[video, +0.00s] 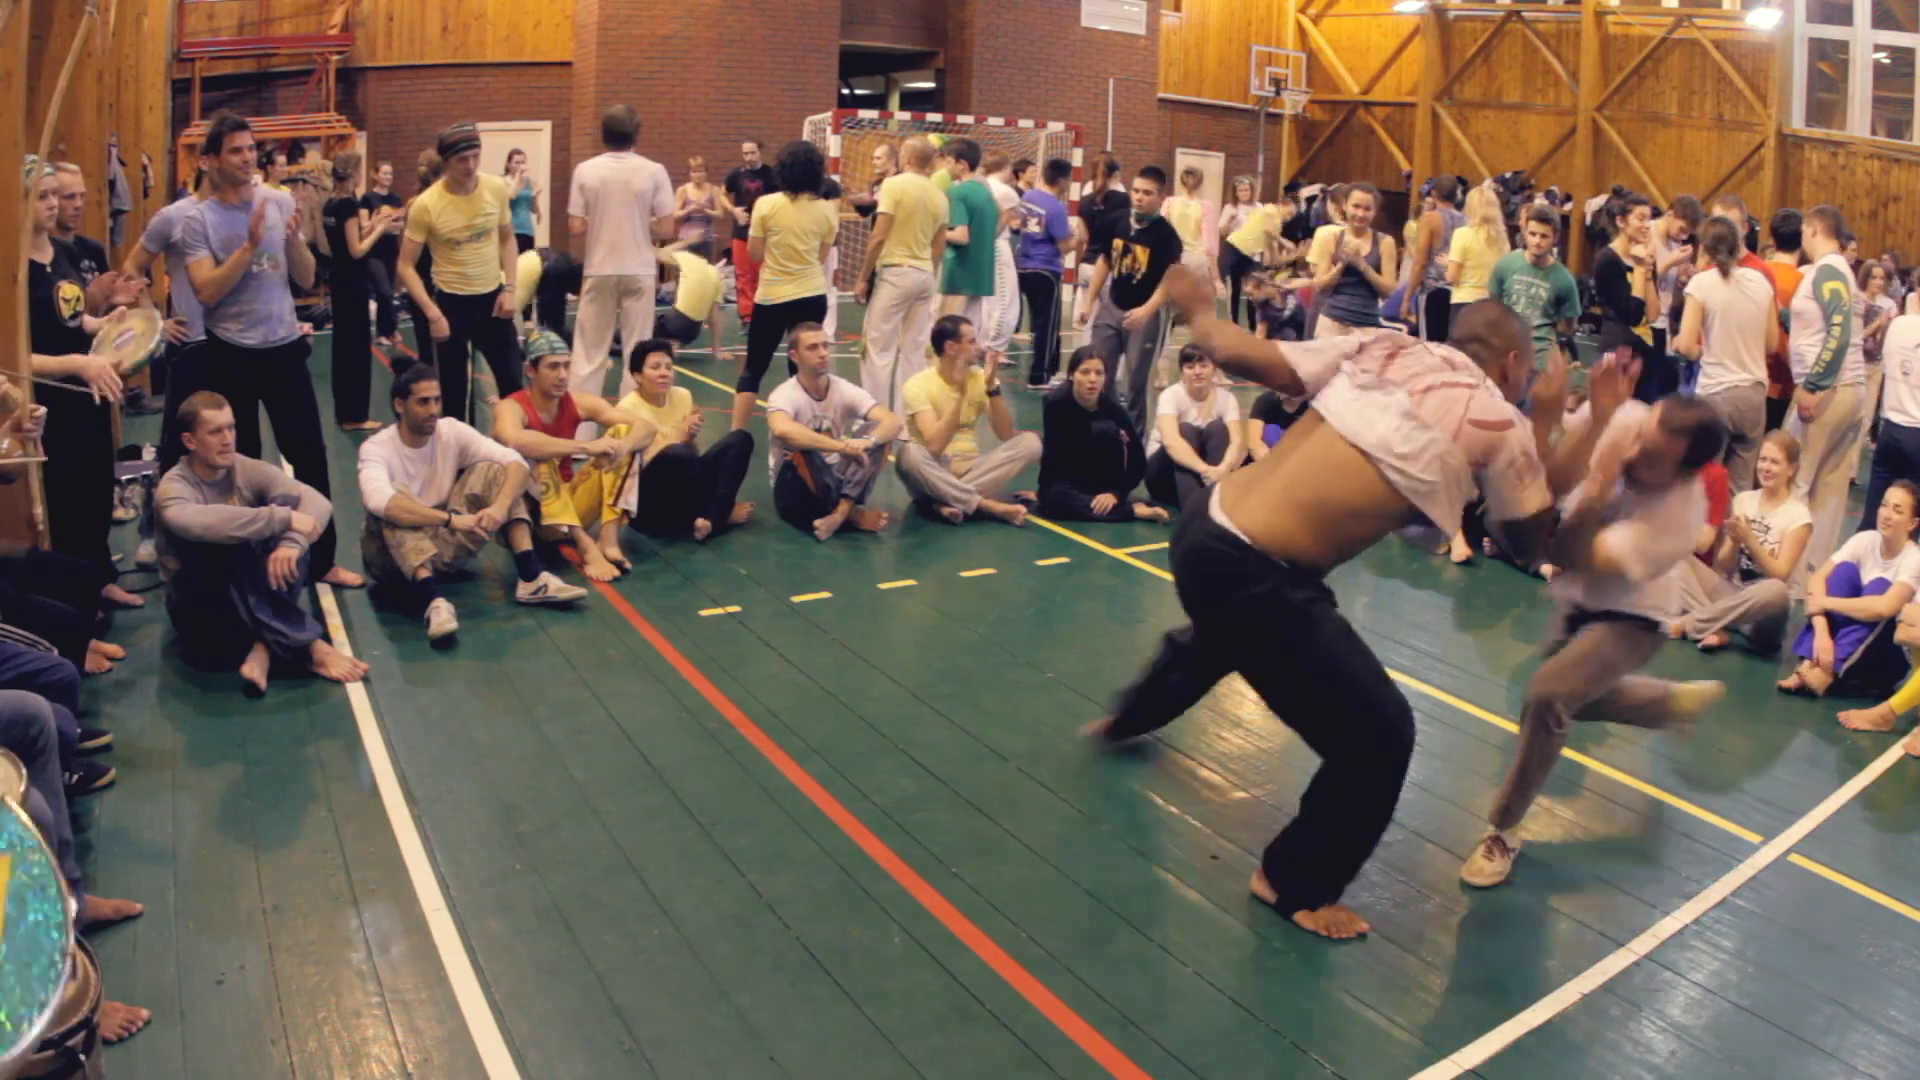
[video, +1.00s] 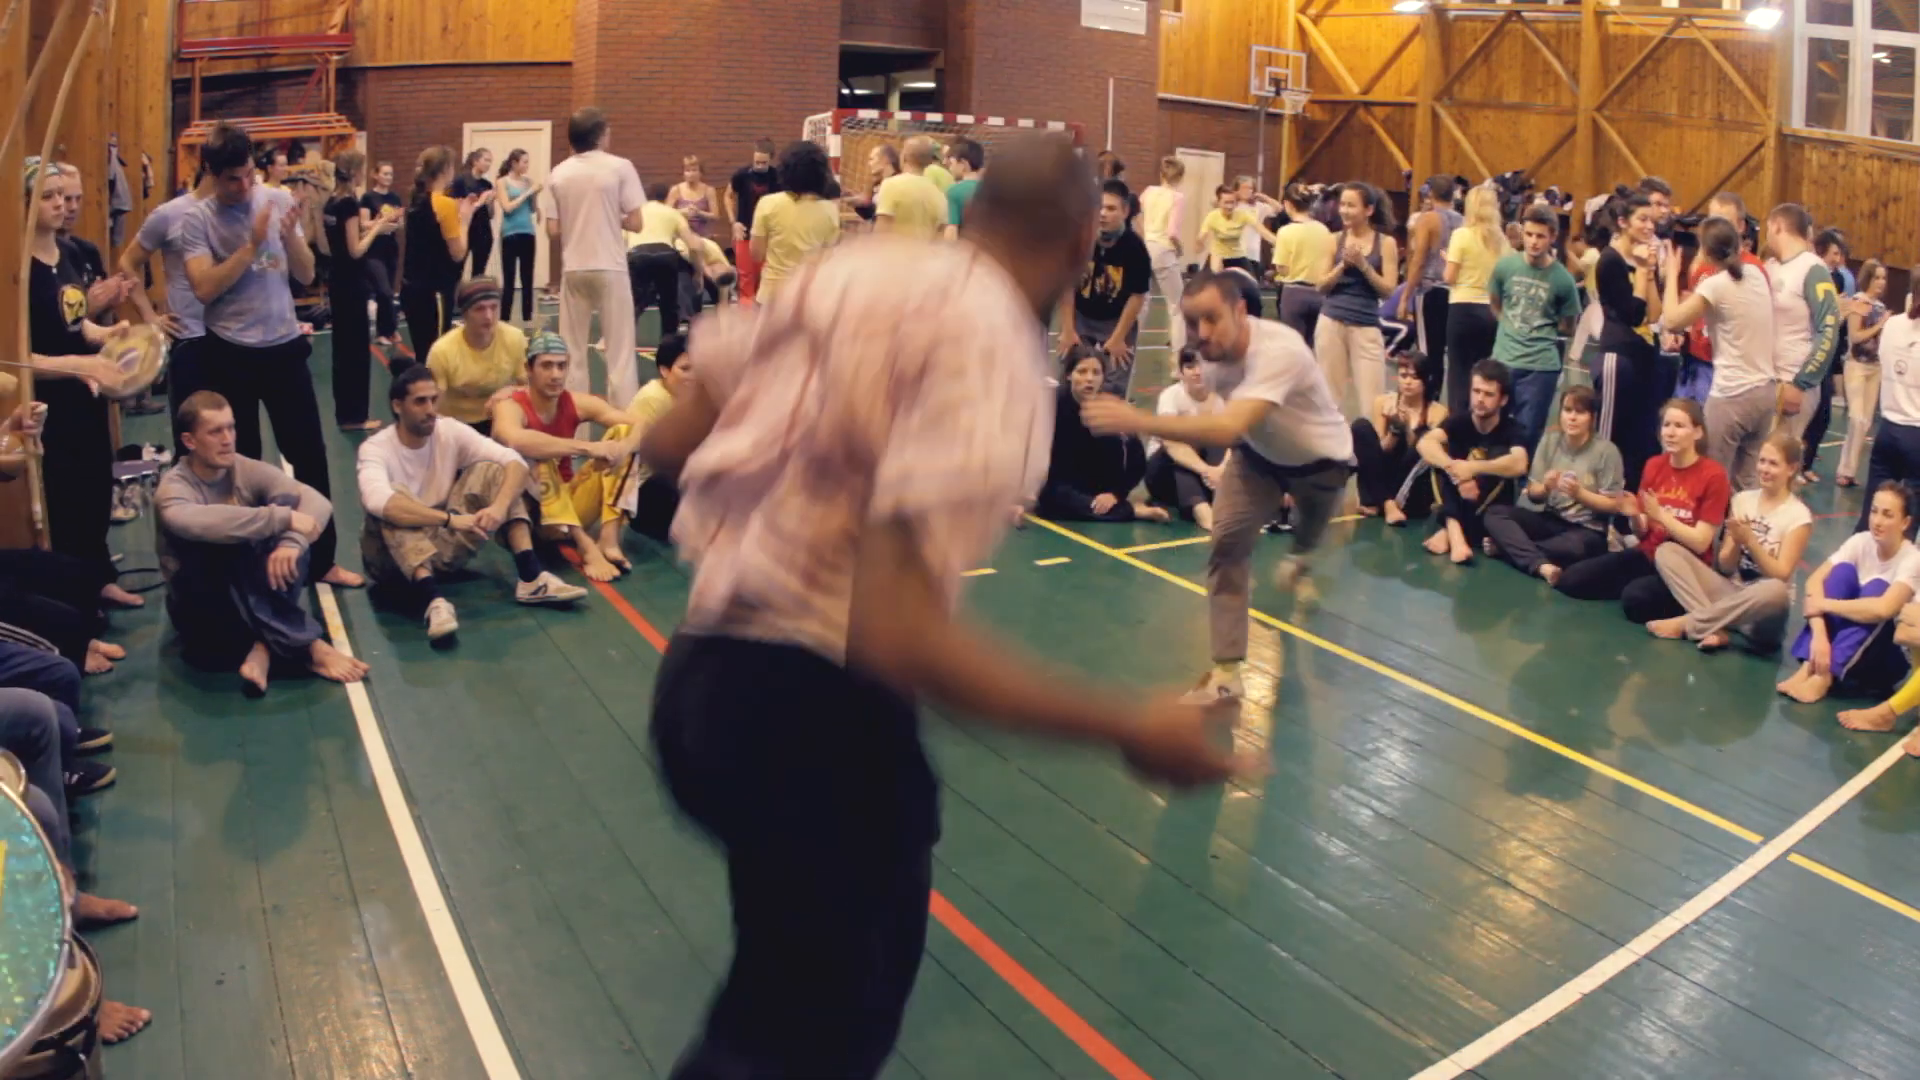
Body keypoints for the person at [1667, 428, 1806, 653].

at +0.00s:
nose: (1766, 467)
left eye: (1775, 462)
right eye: (1762, 459)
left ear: (1792, 469)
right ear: (1756, 462)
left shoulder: (1799, 515)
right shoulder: (1743, 500)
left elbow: (1781, 573)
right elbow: (1723, 566)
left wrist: (1748, 540)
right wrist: (1734, 540)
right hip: (1730, 589)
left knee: (1774, 590)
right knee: (1678, 557)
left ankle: (1686, 625)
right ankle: (1710, 629)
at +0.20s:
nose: (1765, 467)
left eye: (1774, 462)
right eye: (1762, 460)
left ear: (1791, 469)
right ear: (1756, 463)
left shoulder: (1799, 515)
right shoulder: (1742, 500)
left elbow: (1780, 572)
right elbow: (1722, 566)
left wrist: (1747, 540)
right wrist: (1737, 543)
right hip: (1730, 591)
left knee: (1774, 590)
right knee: (1668, 552)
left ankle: (1685, 624)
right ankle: (1713, 630)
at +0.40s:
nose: (1765, 468)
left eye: (1774, 462)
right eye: (1762, 460)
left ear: (1791, 469)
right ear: (1756, 462)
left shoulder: (1799, 515)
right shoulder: (1742, 500)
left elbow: (1781, 573)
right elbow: (1723, 567)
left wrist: (1748, 540)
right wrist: (1733, 539)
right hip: (1728, 590)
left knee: (1775, 591)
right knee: (1667, 552)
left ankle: (1685, 624)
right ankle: (1712, 629)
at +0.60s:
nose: (1765, 468)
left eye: (1774, 462)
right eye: (1762, 460)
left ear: (1792, 469)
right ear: (1756, 463)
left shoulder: (1799, 515)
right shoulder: (1742, 500)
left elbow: (1781, 573)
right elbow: (1722, 565)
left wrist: (1747, 540)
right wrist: (1736, 541)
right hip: (1727, 590)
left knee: (1775, 590)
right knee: (1667, 552)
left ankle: (1685, 624)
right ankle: (1712, 629)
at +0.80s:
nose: (1765, 468)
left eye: (1774, 463)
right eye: (1762, 460)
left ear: (1792, 468)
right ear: (1756, 463)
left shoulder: (1799, 515)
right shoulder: (1741, 500)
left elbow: (1782, 573)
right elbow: (1724, 566)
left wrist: (1753, 544)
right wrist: (1732, 538)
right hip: (1727, 591)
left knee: (1775, 590)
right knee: (1666, 552)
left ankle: (1685, 624)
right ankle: (1711, 629)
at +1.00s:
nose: (1764, 469)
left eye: (1773, 464)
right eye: (1762, 461)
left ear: (1792, 469)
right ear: (1757, 462)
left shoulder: (1799, 515)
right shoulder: (1741, 500)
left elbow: (1781, 572)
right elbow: (1725, 566)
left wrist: (1748, 540)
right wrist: (1736, 541)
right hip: (1728, 591)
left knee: (1774, 590)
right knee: (1666, 551)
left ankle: (1685, 624)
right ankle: (1712, 629)